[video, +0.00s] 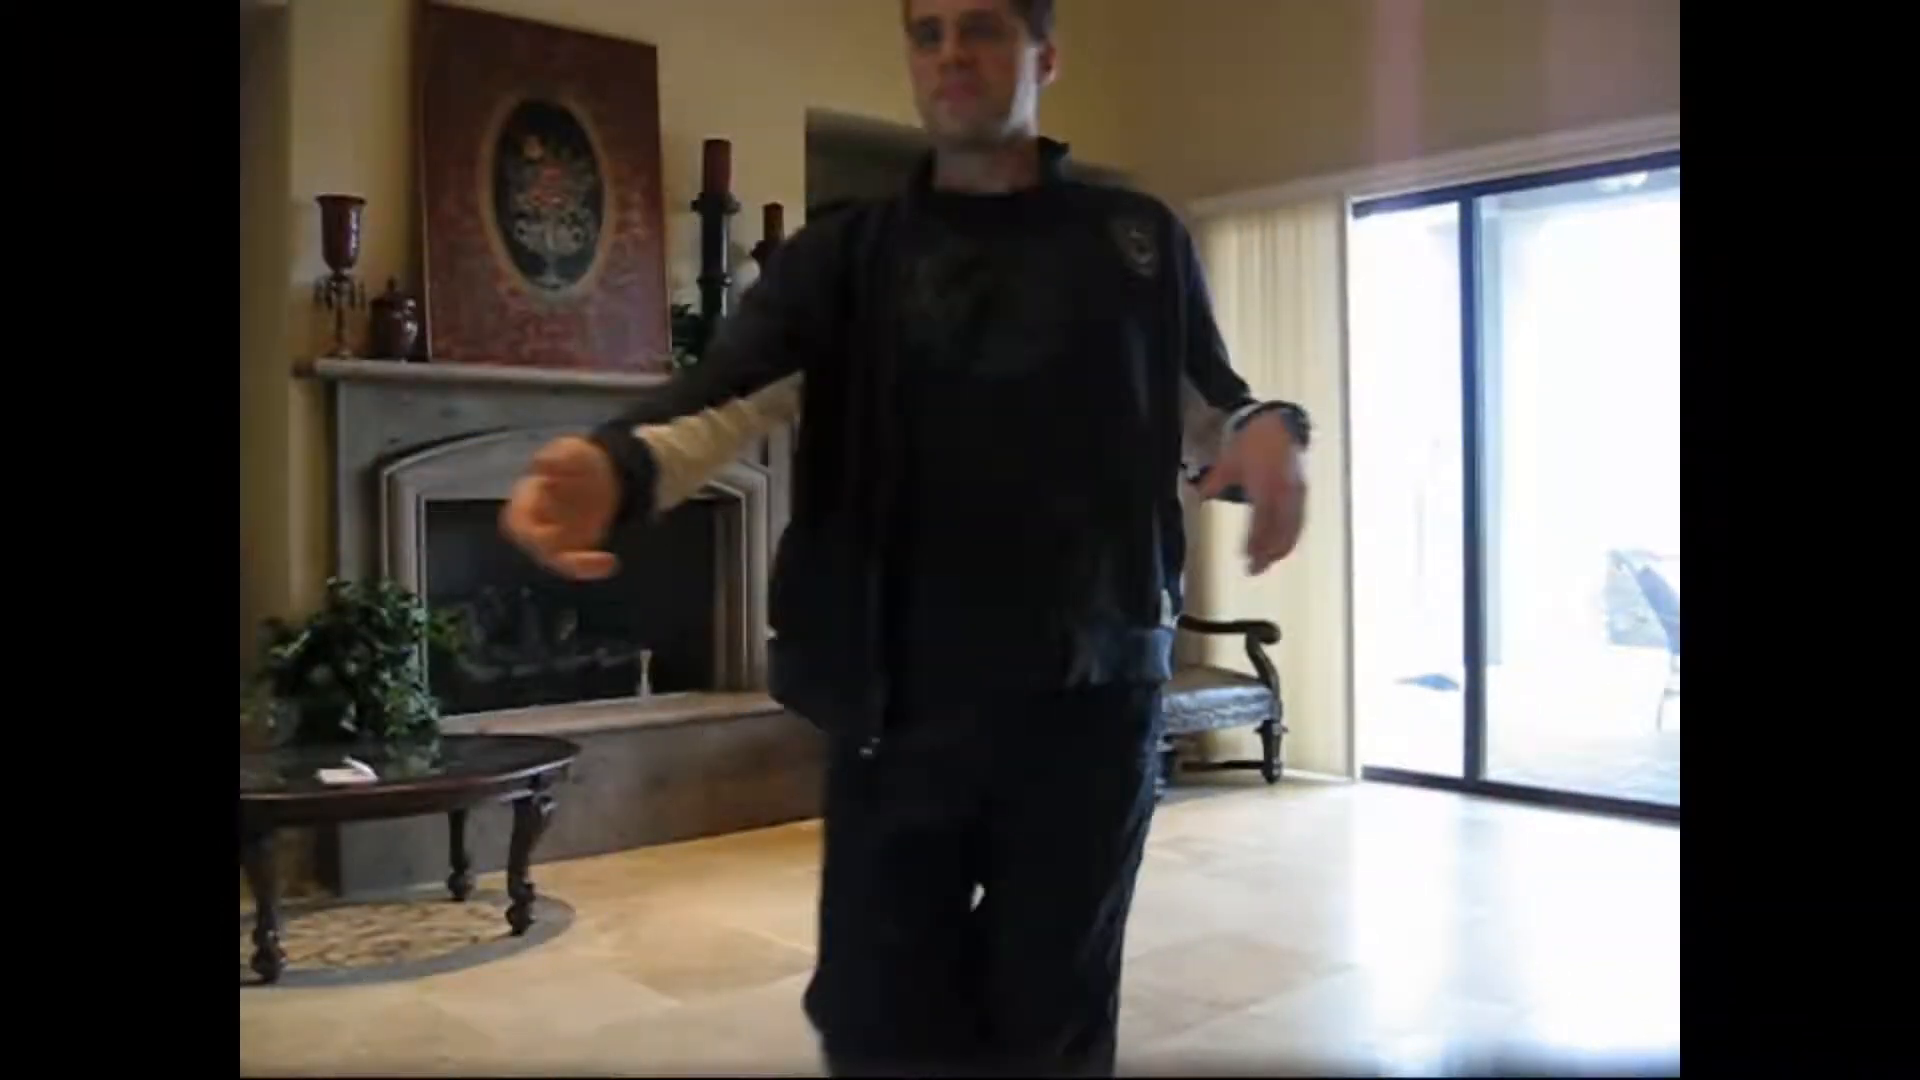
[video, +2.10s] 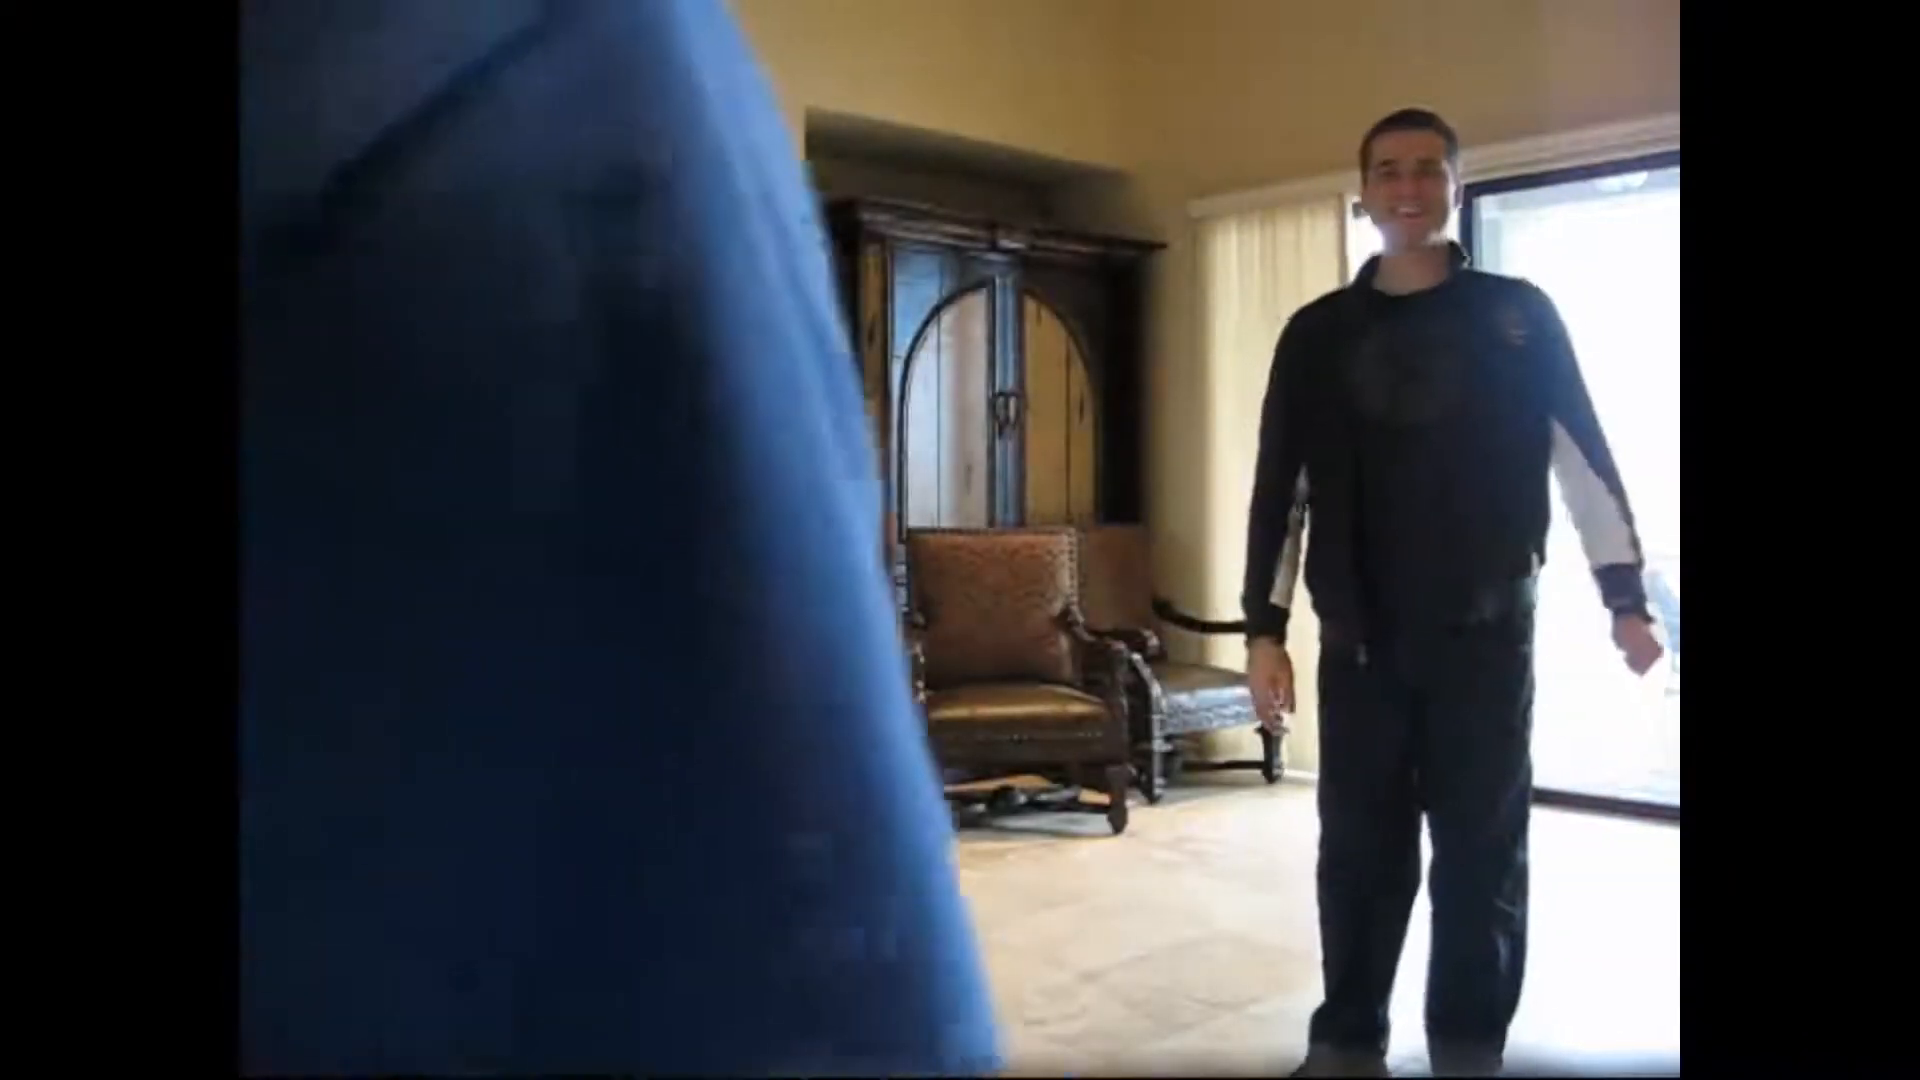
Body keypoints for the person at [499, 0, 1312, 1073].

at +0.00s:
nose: (952, 57)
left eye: (982, 31)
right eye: (928, 35)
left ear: (1045, 55)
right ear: (904, 63)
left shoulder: (1134, 233)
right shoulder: (846, 247)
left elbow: (1208, 423)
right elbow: (730, 397)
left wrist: (1263, 427)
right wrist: (619, 468)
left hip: (1088, 705)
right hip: (896, 703)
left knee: (1053, 1017)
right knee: (874, 1014)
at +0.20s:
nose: (999, 114)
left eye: (1025, 92)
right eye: (977, 95)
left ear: (1077, 115)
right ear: (954, 121)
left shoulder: (1163, 282)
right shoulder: (909, 297)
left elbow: (1232, 450)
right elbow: (817, 431)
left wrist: (1306, 442)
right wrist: (751, 501)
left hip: (1120, 681)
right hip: (959, 681)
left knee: (1084, 966)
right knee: (980, 950)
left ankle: (1085, 1072)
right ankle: (1030, 1069)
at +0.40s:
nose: (1054, 115)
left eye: (1079, 93)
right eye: (1031, 98)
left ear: (1126, 114)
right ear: (1010, 125)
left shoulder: (1207, 265)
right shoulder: (959, 286)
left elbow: (1290, 392)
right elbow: (877, 458)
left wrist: (1309, 428)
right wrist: (830, 617)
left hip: (1166, 648)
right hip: (1013, 651)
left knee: (1142, 919)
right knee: (1030, 921)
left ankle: (1146, 1065)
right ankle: (1041, 1067)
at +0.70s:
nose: (1159, 163)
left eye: (1182, 144)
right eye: (1138, 147)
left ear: (1219, 164)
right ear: (1112, 170)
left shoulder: (1295, 302)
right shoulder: (1072, 322)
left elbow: (1414, 461)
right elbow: (1017, 496)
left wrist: (1350, 418)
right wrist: (974, 641)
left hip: (1260, 668)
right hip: (1112, 668)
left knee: (1296, 920)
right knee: (1087, 928)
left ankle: (1316, 1058)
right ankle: (1068, 1069)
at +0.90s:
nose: (1230, 172)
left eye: (1251, 153)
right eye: (1210, 156)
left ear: (1288, 169)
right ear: (1187, 176)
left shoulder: (1357, 299)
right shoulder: (1156, 322)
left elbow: (1463, 452)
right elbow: (1111, 489)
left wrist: (1380, 510)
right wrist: (1063, 633)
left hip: (1326, 639)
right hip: (1192, 635)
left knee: (1329, 886)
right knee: (1157, 883)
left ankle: (1322, 1064)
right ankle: (1125, 1066)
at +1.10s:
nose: (1279, 183)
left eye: (1298, 165)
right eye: (1258, 168)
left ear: (1333, 182)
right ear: (1236, 188)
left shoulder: (1401, 309)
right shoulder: (1191, 332)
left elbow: (1478, 472)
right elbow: (1141, 487)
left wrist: (1513, 626)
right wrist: (1087, 617)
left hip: (1362, 640)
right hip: (1234, 641)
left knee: (1350, 871)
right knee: (1220, 848)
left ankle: (1339, 1058)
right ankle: (1269, 1034)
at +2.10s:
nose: (1410, 186)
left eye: (1427, 169)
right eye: (1391, 171)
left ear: (1456, 184)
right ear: (1364, 191)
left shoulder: (1518, 312)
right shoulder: (1315, 332)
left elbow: (1584, 462)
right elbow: (1275, 488)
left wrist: (1626, 597)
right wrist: (1262, 628)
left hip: (1484, 638)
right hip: (1358, 639)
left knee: (1480, 862)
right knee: (1357, 857)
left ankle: (1469, 1057)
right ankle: (1346, 1049)